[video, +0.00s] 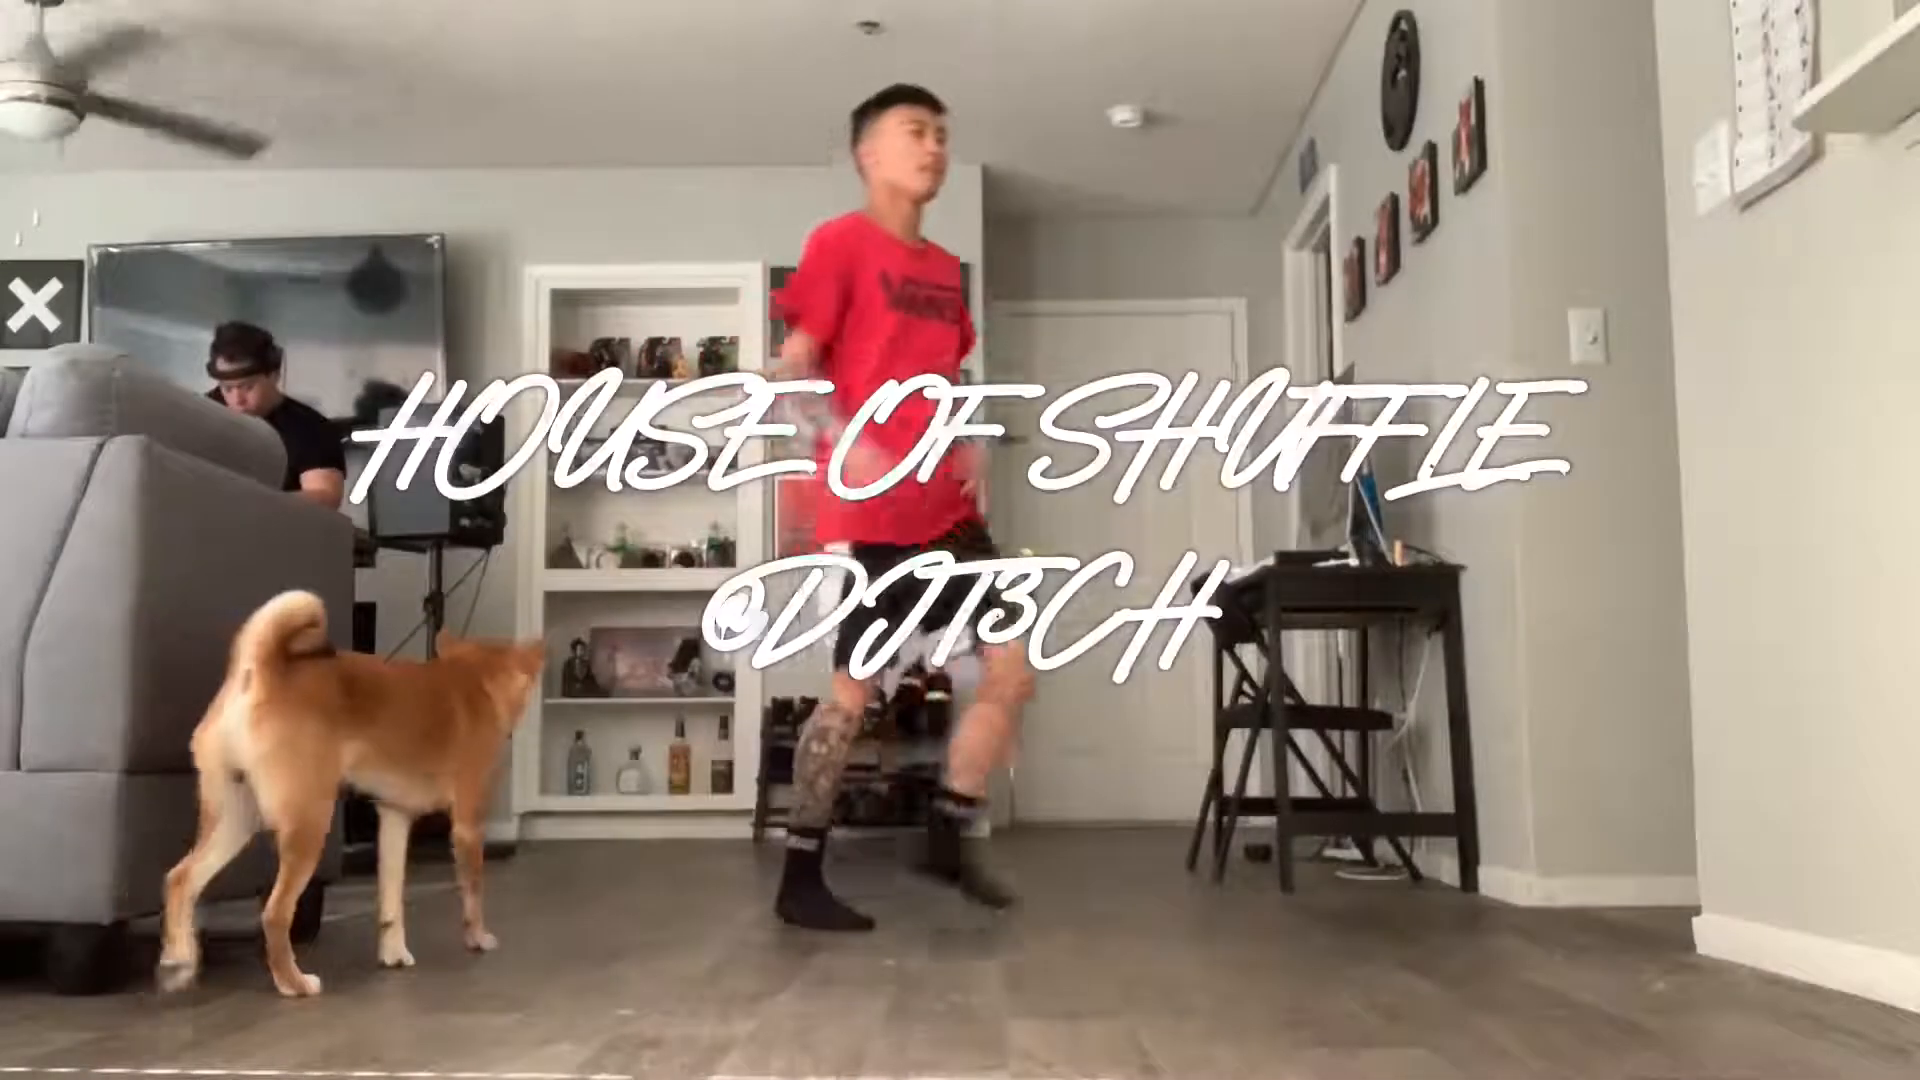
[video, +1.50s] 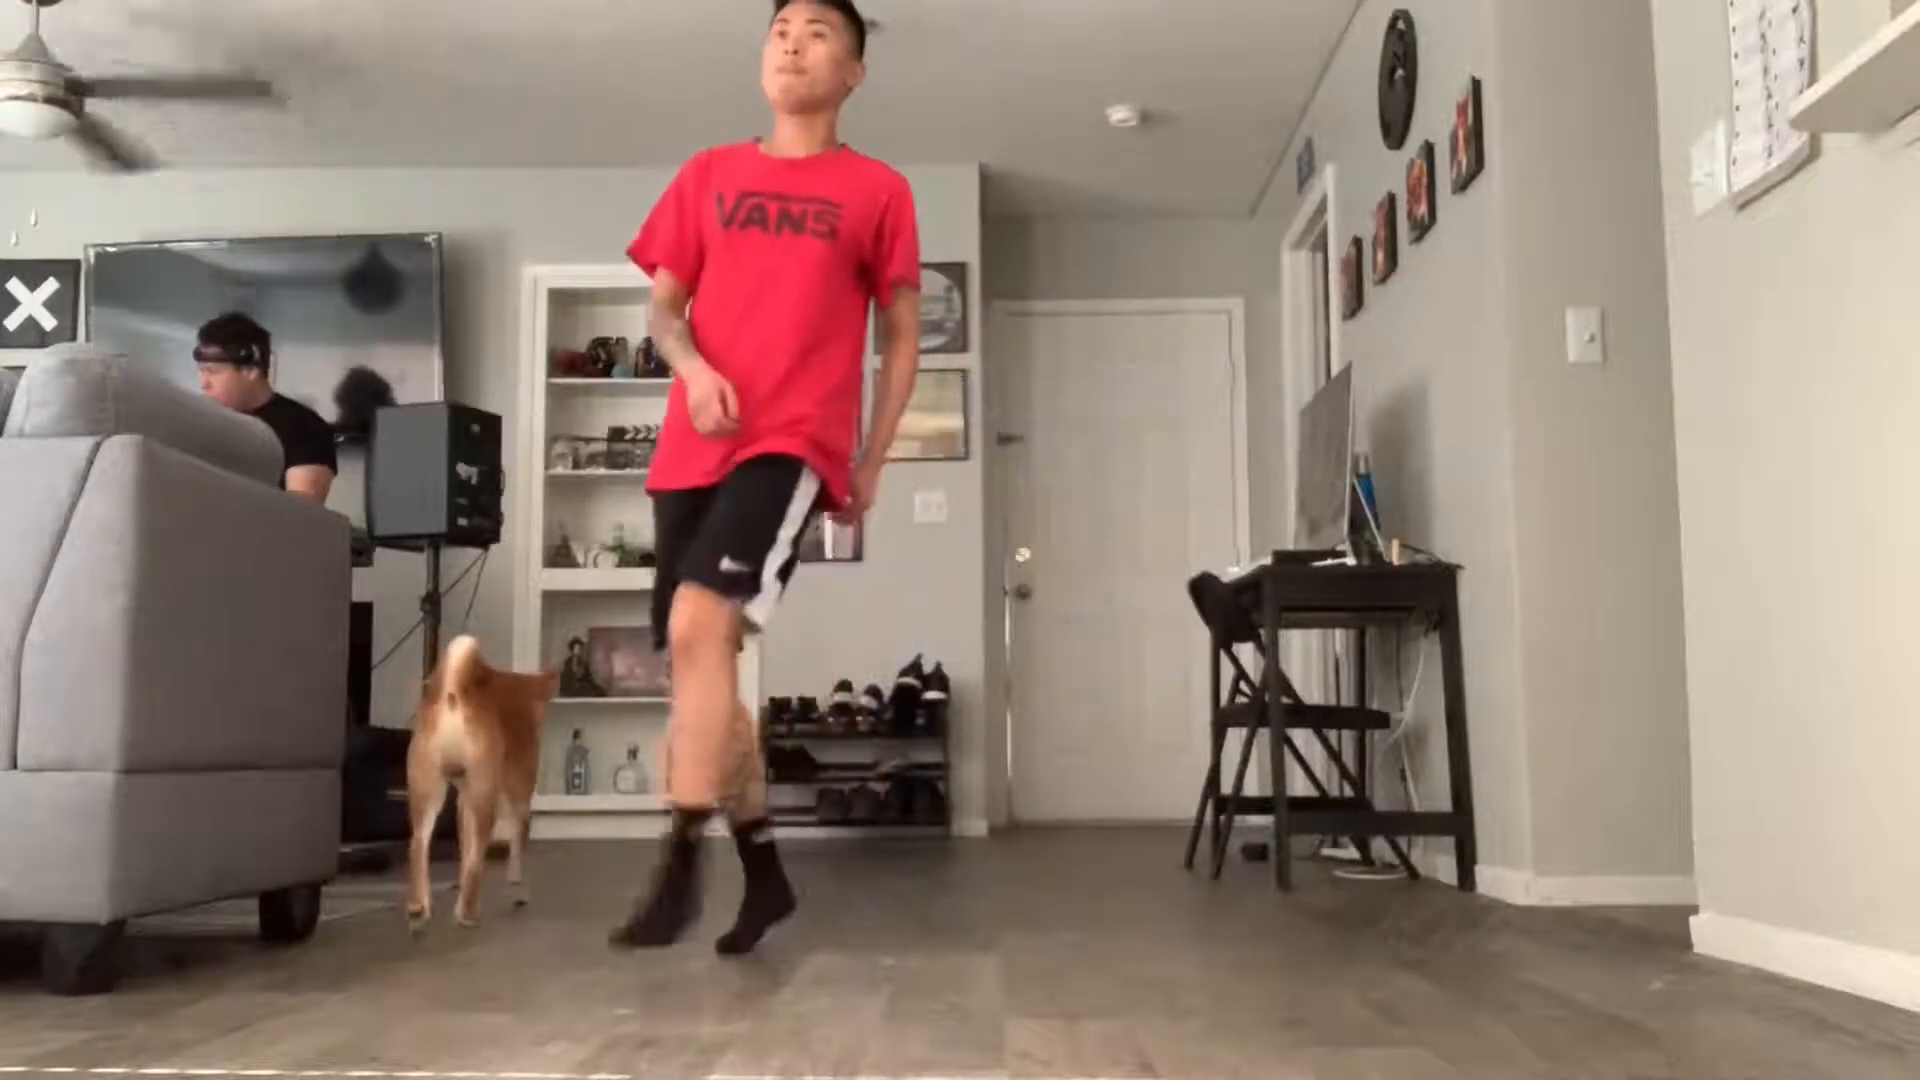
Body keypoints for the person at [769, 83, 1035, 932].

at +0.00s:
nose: (935, 147)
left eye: (940, 136)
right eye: (916, 132)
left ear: (941, 162)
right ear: (864, 154)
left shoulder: (946, 267)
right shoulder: (841, 240)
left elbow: (953, 385)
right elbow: (792, 369)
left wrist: (969, 460)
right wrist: (841, 442)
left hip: (948, 516)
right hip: (868, 518)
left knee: (1010, 666)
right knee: (854, 690)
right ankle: (801, 875)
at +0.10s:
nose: (981, 161)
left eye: (982, 150)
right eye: (962, 145)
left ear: (976, 170)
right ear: (908, 162)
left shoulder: (967, 270)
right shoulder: (882, 249)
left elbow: (963, 380)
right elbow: (836, 356)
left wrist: (1001, 441)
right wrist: (914, 418)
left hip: (994, 513)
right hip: (915, 520)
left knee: (1057, 680)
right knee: (906, 693)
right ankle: (807, 868)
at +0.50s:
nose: (968, 119)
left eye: (977, 107)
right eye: (949, 105)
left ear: (985, 134)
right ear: (908, 129)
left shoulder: (983, 245)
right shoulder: (874, 215)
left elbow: (980, 370)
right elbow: (821, 333)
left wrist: (1007, 327)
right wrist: (902, 387)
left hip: (989, 490)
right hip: (912, 487)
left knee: (1026, 660)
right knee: (912, 661)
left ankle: (1016, 849)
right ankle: (822, 844)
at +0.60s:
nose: (939, 127)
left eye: (950, 115)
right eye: (921, 115)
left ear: (965, 137)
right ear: (885, 136)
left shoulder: (972, 252)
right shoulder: (848, 227)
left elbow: (988, 376)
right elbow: (796, 347)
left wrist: (995, 327)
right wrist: (868, 410)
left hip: (963, 496)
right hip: (882, 493)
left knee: (953, 677)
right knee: (887, 670)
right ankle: (814, 851)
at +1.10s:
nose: (820, 94)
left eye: (841, 84)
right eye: (806, 84)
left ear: (874, 116)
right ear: (787, 115)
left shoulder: (913, 221)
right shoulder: (750, 232)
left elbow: (943, 346)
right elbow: (729, 352)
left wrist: (915, 403)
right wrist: (764, 391)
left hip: (879, 496)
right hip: (779, 497)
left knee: (870, 682)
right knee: (784, 679)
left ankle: (856, 858)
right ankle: (782, 888)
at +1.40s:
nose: (789, 49)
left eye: (814, 41)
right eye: (778, 37)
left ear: (848, 82)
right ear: (757, 70)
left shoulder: (875, 192)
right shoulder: (706, 183)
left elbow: (909, 337)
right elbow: (666, 317)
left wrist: (891, 456)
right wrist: (712, 378)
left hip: (814, 449)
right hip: (715, 455)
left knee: (747, 624)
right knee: (736, 671)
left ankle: (819, 792)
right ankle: (779, 884)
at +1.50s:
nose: (789, 48)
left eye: (814, 37)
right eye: (779, 35)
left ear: (853, 73)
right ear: (760, 63)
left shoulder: (879, 191)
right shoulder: (708, 174)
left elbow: (902, 338)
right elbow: (662, 308)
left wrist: (871, 460)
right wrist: (691, 367)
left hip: (793, 437)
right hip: (693, 435)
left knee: (699, 621)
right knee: (694, 651)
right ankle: (765, 871)